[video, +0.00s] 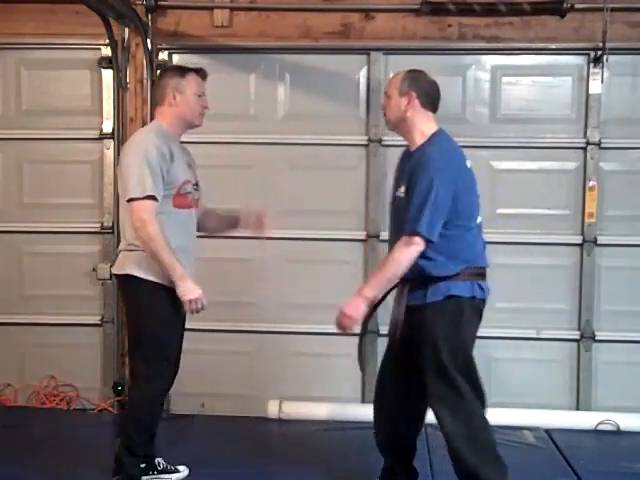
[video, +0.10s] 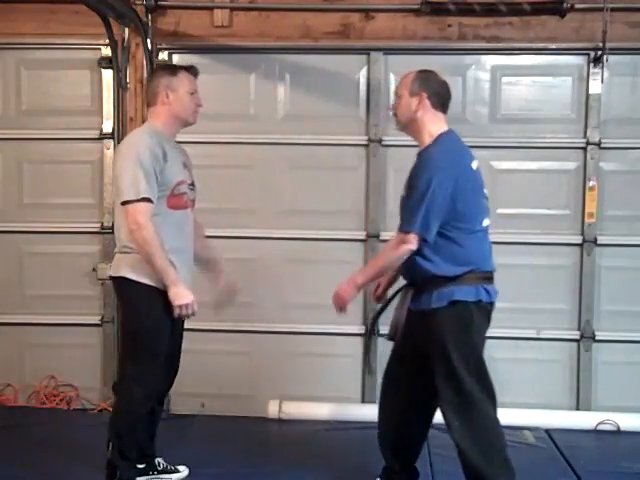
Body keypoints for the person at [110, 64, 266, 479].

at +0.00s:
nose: (207, 104)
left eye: (206, 96)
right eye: (200, 96)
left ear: (178, 98)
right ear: (174, 97)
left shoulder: (181, 152)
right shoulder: (145, 144)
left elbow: (196, 219)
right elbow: (142, 222)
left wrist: (240, 221)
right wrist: (181, 279)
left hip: (168, 279)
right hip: (144, 277)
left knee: (161, 371)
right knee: (151, 372)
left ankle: (142, 458)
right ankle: (133, 463)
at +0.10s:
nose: (199, 102)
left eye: (198, 94)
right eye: (192, 94)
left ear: (171, 98)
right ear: (166, 97)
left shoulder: (176, 151)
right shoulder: (139, 146)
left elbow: (188, 223)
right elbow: (139, 224)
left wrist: (216, 268)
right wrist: (173, 283)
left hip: (167, 283)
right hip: (140, 281)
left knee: (160, 375)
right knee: (141, 377)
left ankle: (143, 459)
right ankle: (125, 467)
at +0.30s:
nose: (187, 97)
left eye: (185, 90)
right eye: (180, 90)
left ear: (158, 97)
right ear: (152, 96)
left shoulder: (166, 148)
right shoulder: (123, 148)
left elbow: (159, 219)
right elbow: (117, 226)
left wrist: (166, 279)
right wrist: (155, 285)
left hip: (161, 284)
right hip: (128, 285)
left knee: (161, 373)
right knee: (129, 379)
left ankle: (142, 458)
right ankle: (118, 468)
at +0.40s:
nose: (182, 96)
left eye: (180, 89)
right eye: (174, 89)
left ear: (154, 96)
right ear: (146, 96)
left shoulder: (162, 146)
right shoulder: (120, 147)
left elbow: (156, 222)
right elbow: (112, 228)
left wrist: (167, 282)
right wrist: (142, 291)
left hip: (160, 287)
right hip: (126, 287)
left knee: (167, 367)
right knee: (127, 376)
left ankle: (132, 455)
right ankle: (117, 464)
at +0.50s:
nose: (176, 96)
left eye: (174, 88)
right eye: (167, 89)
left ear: (149, 96)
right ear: (140, 96)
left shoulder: (158, 146)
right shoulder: (120, 147)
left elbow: (161, 221)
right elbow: (111, 229)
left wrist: (178, 278)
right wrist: (134, 295)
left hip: (160, 287)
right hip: (131, 288)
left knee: (157, 376)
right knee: (130, 380)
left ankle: (121, 462)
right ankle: (116, 468)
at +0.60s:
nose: (171, 98)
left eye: (168, 90)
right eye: (163, 90)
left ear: (141, 98)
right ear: (136, 97)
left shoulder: (152, 149)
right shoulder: (120, 148)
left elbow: (163, 222)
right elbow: (112, 228)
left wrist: (180, 278)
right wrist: (139, 291)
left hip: (158, 287)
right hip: (136, 289)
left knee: (147, 384)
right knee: (139, 386)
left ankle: (125, 468)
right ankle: (117, 471)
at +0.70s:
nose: (169, 101)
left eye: (167, 94)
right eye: (161, 94)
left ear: (139, 100)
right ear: (133, 100)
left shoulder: (152, 151)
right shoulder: (119, 147)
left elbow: (173, 213)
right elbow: (123, 222)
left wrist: (188, 263)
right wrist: (164, 269)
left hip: (154, 282)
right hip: (134, 281)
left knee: (136, 382)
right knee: (183, 371)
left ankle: (112, 471)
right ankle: (145, 465)